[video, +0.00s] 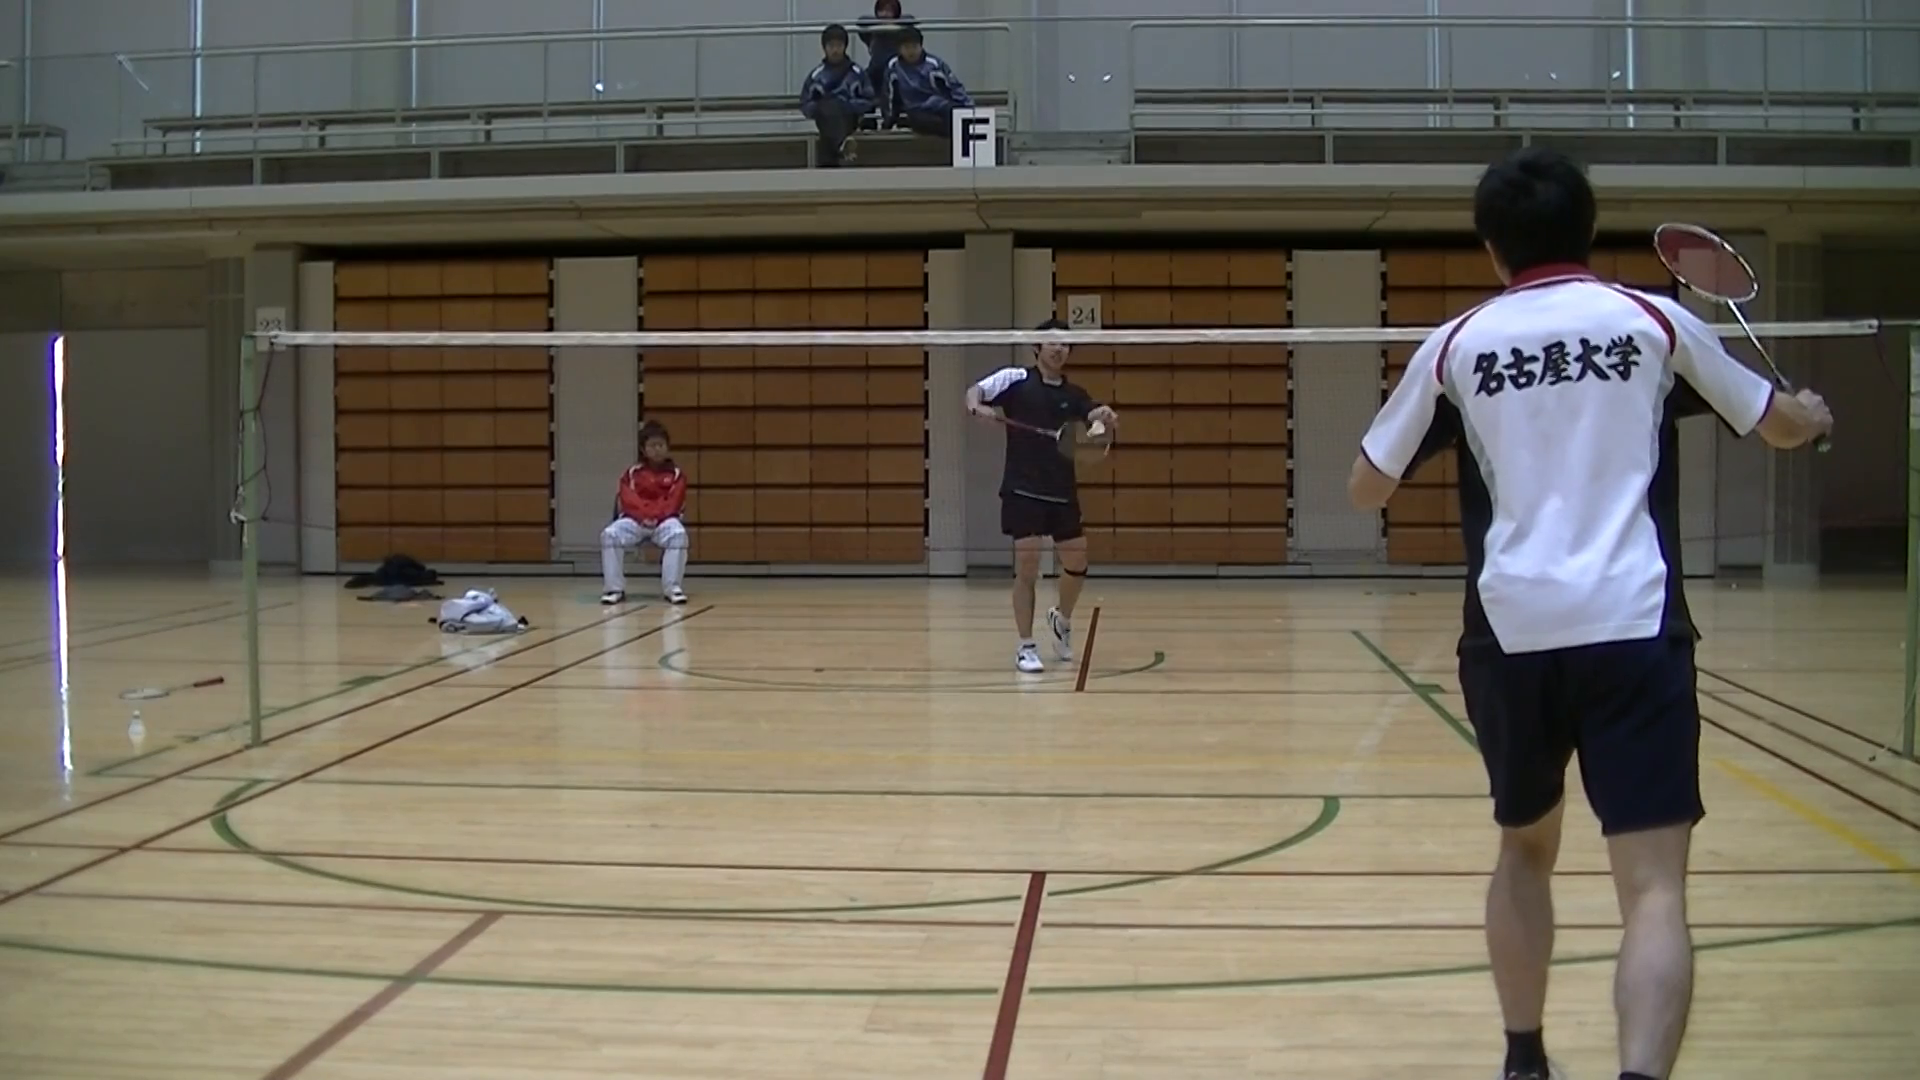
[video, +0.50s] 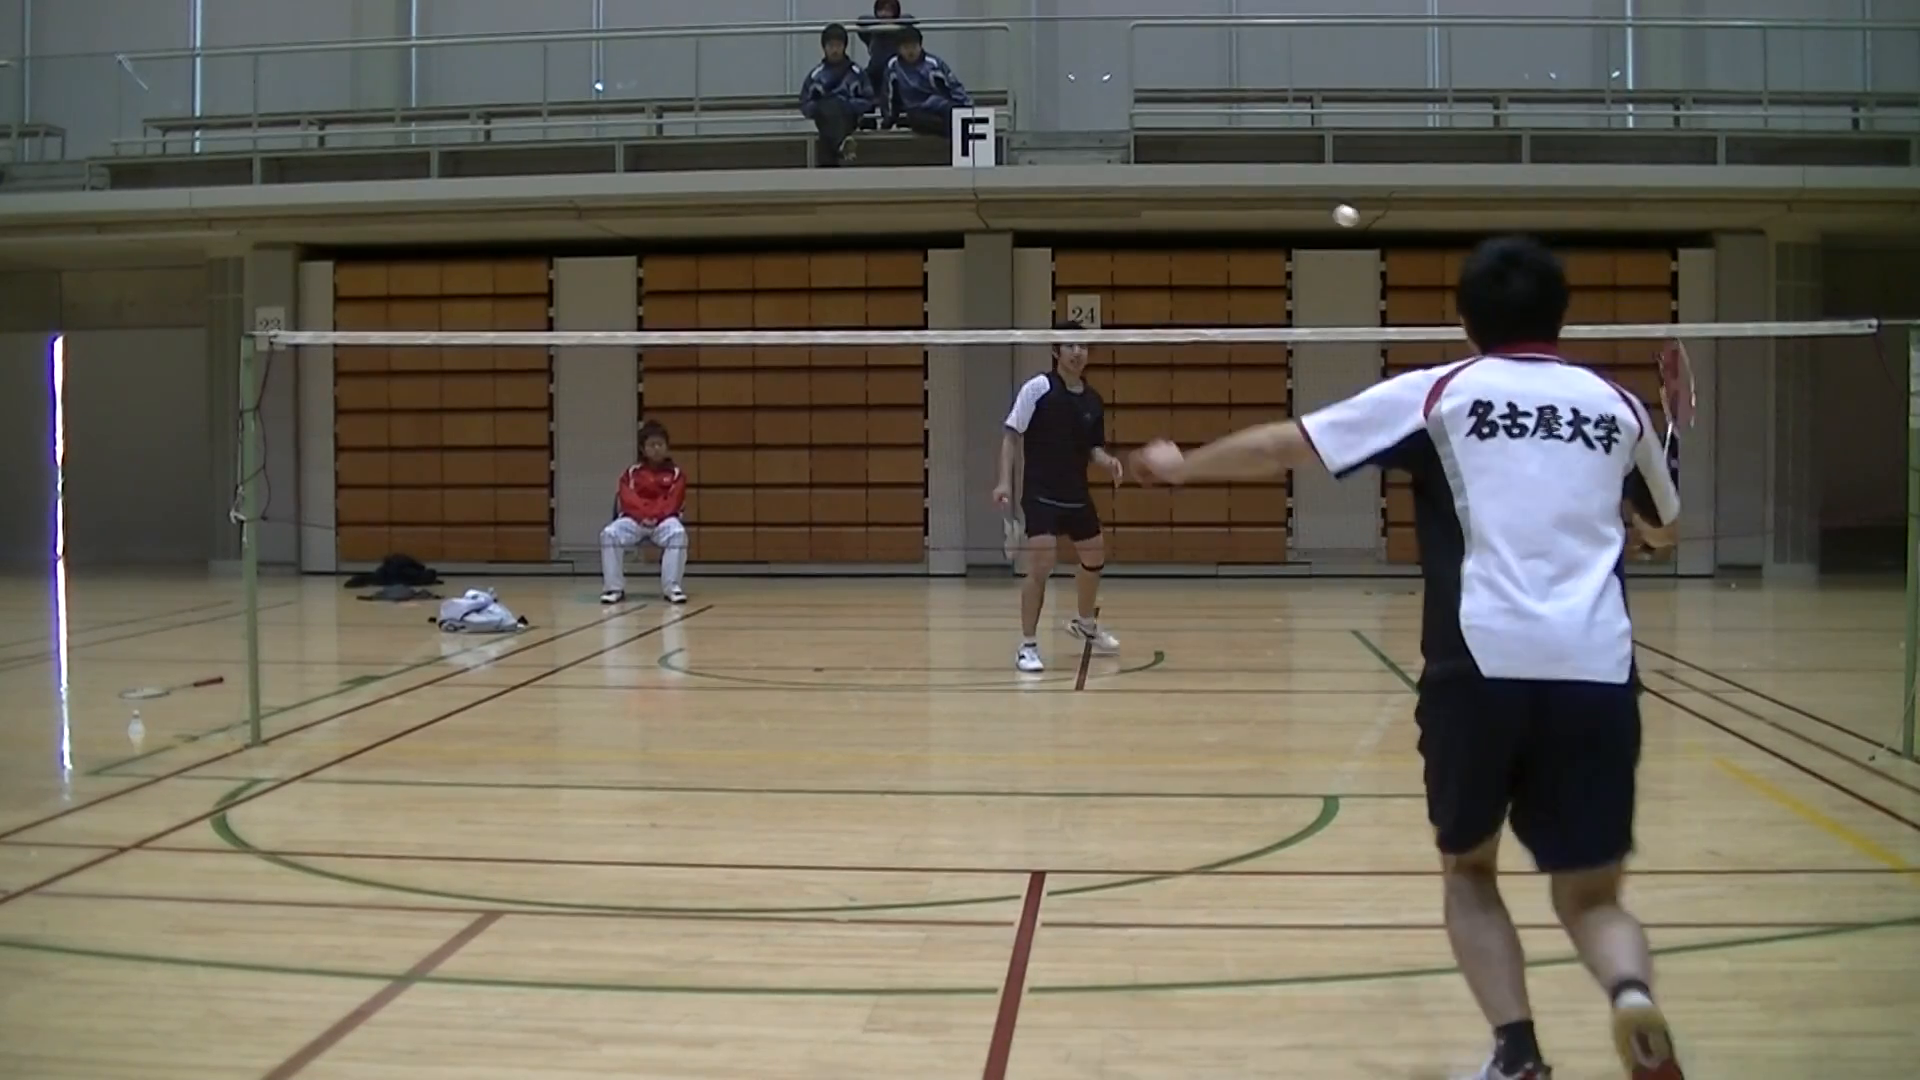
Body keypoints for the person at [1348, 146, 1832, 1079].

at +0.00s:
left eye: (1486, 238)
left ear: (1490, 247)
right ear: (1588, 234)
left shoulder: (1454, 346)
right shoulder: (1654, 320)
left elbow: (1367, 488)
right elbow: (1781, 425)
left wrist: (1415, 410)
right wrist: (1813, 413)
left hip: (1507, 637)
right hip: (1635, 630)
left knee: (1523, 849)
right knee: (1652, 886)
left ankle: (1522, 1059)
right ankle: (1642, 1075)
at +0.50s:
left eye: (1467, 308)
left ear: (1469, 320)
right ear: (1559, 318)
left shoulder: (1433, 393)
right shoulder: (1617, 408)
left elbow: (1292, 441)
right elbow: (1659, 527)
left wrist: (1182, 464)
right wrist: (1589, 493)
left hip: (1476, 680)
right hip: (1593, 682)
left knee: (1470, 870)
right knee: (1594, 891)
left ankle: (1518, 1054)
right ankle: (1635, 996)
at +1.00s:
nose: (1477, 365)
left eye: (1481, 353)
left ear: (1486, 365)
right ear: (1555, 374)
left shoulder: (1472, 415)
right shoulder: (1574, 458)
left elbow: (1357, 420)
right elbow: (1585, 543)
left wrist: (1230, 403)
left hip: (1464, 649)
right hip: (1541, 666)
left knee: (1424, 848)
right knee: (1474, 755)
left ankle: (1460, 952)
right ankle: (1476, 902)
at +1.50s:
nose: (1474, 315)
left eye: (1477, 305)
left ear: (1481, 311)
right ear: (1546, 322)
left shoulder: (1473, 352)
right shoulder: (1578, 400)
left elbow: (1382, 390)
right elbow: (1602, 514)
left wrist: (1257, 417)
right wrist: (1557, 559)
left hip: (1481, 561)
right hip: (1550, 580)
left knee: (1452, 743)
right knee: (1473, 737)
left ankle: (1479, 923)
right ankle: (1490, 899)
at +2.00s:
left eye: (1476, 369)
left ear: (1477, 372)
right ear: (1546, 374)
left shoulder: (1451, 420)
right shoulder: (1584, 450)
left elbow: (1399, 514)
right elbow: (1635, 563)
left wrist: (1337, 607)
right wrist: (1633, 670)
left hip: (1472, 613)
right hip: (1555, 628)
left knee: (1433, 786)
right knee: (1505, 743)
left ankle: (1451, 931)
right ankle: (1518, 894)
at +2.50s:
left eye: (1547, 327)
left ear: (1550, 330)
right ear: (1611, 330)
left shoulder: (1537, 386)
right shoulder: (1651, 399)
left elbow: (1489, 473)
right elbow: (1669, 502)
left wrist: (1441, 552)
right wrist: (1669, 581)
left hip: (1559, 577)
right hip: (1635, 582)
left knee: (1549, 724)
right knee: (1602, 707)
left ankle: (1555, 859)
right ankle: (1595, 774)